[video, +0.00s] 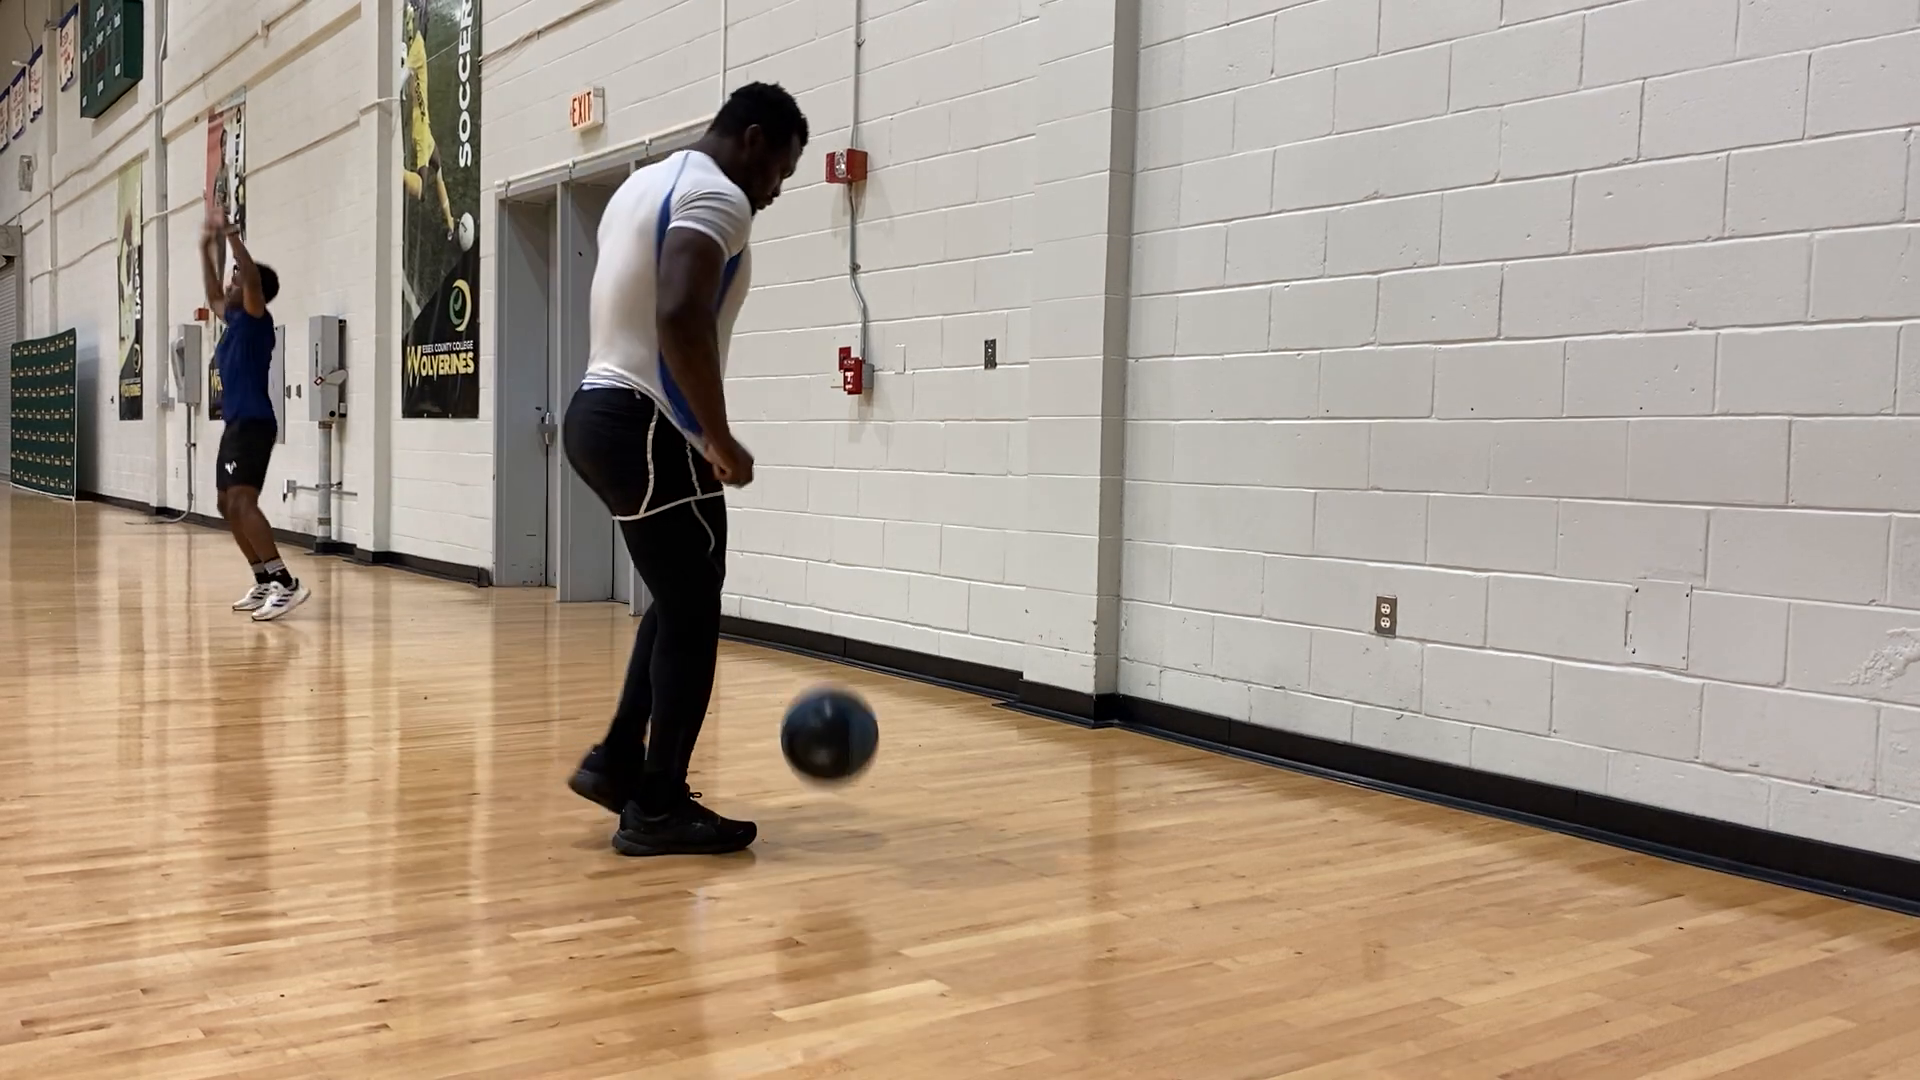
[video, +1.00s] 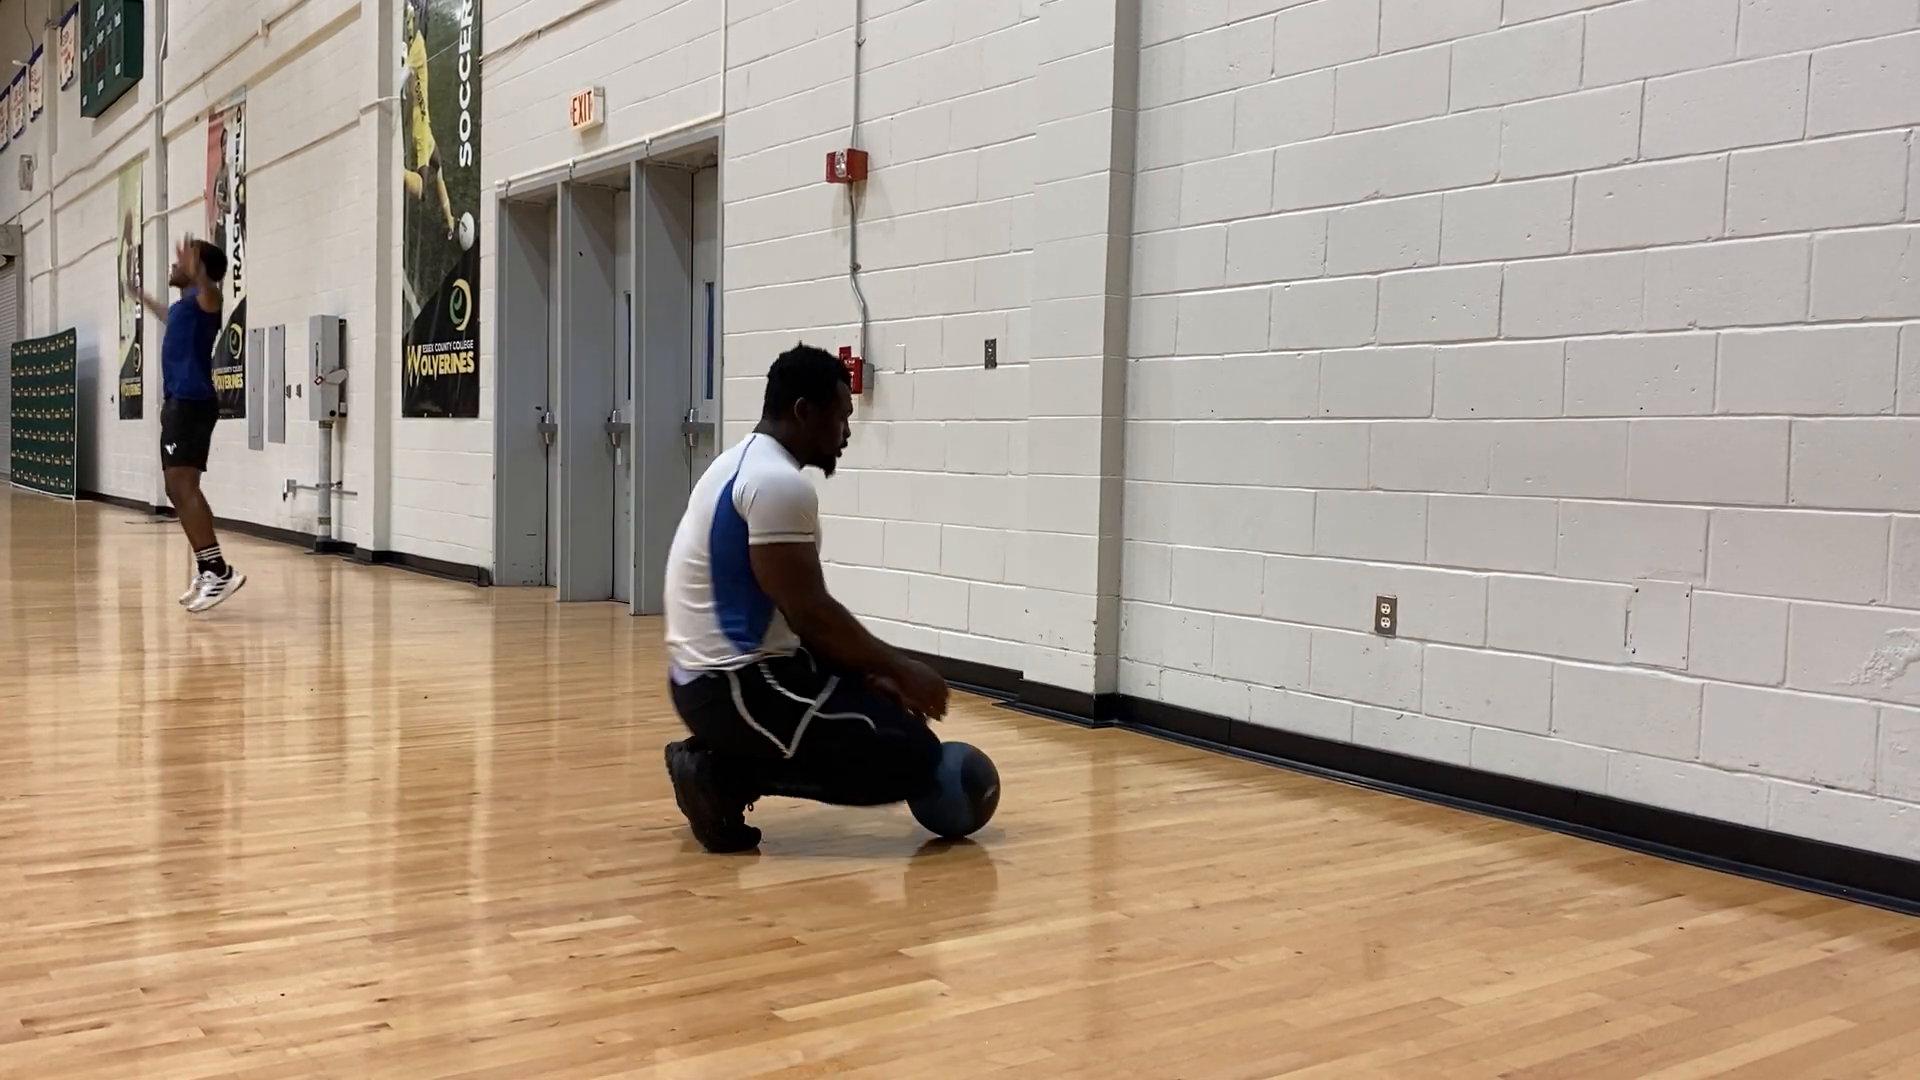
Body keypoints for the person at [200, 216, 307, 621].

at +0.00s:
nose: (230, 280)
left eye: (238, 276)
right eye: (232, 274)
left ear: (255, 289)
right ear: (234, 286)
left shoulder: (255, 320)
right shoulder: (233, 320)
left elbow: (250, 276)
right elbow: (214, 293)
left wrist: (231, 234)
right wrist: (207, 245)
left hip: (254, 424)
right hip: (235, 425)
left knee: (243, 502)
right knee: (227, 505)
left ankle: (284, 583)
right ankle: (263, 581)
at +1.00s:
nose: (173, 265)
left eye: (181, 261)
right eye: (177, 260)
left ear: (198, 271)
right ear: (186, 270)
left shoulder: (206, 301)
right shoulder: (183, 306)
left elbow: (207, 294)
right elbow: (167, 314)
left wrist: (196, 269)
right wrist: (142, 296)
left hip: (193, 403)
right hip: (179, 403)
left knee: (183, 488)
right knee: (177, 489)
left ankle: (219, 572)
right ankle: (206, 571)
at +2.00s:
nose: (98, 254)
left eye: (106, 250)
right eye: (102, 249)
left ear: (121, 262)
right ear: (117, 262)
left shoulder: (124, 291)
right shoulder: (109, 296)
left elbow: (135, 322)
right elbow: (101, 336)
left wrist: (102, 320)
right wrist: (65, 328)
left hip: (116, 397)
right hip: (103, 397)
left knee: (101, 486)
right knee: (96, 488)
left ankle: (126, 577)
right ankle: (128, 572)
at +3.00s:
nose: (17, 274)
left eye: (26, 269)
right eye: (21, 268)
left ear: (44, 281)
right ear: (41, 282)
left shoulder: (49, 319)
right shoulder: (32, 319)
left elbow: (65, 380)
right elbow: (37, 378)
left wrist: (39, 423)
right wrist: (15, 410)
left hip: (50, 424)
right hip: (35, 422)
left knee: (16, 505)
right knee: (15, 505)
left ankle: (60, 591)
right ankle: (58, 589)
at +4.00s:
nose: (14, 279)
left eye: (11, 267)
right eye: (14, 270)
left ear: (2, 269)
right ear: (12, 271)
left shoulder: (6, 310)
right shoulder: (6, 310)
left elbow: (11, 363)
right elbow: (11, 363)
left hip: (2, 418)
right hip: (3, 417)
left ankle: (3, 582)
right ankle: (2, 581)